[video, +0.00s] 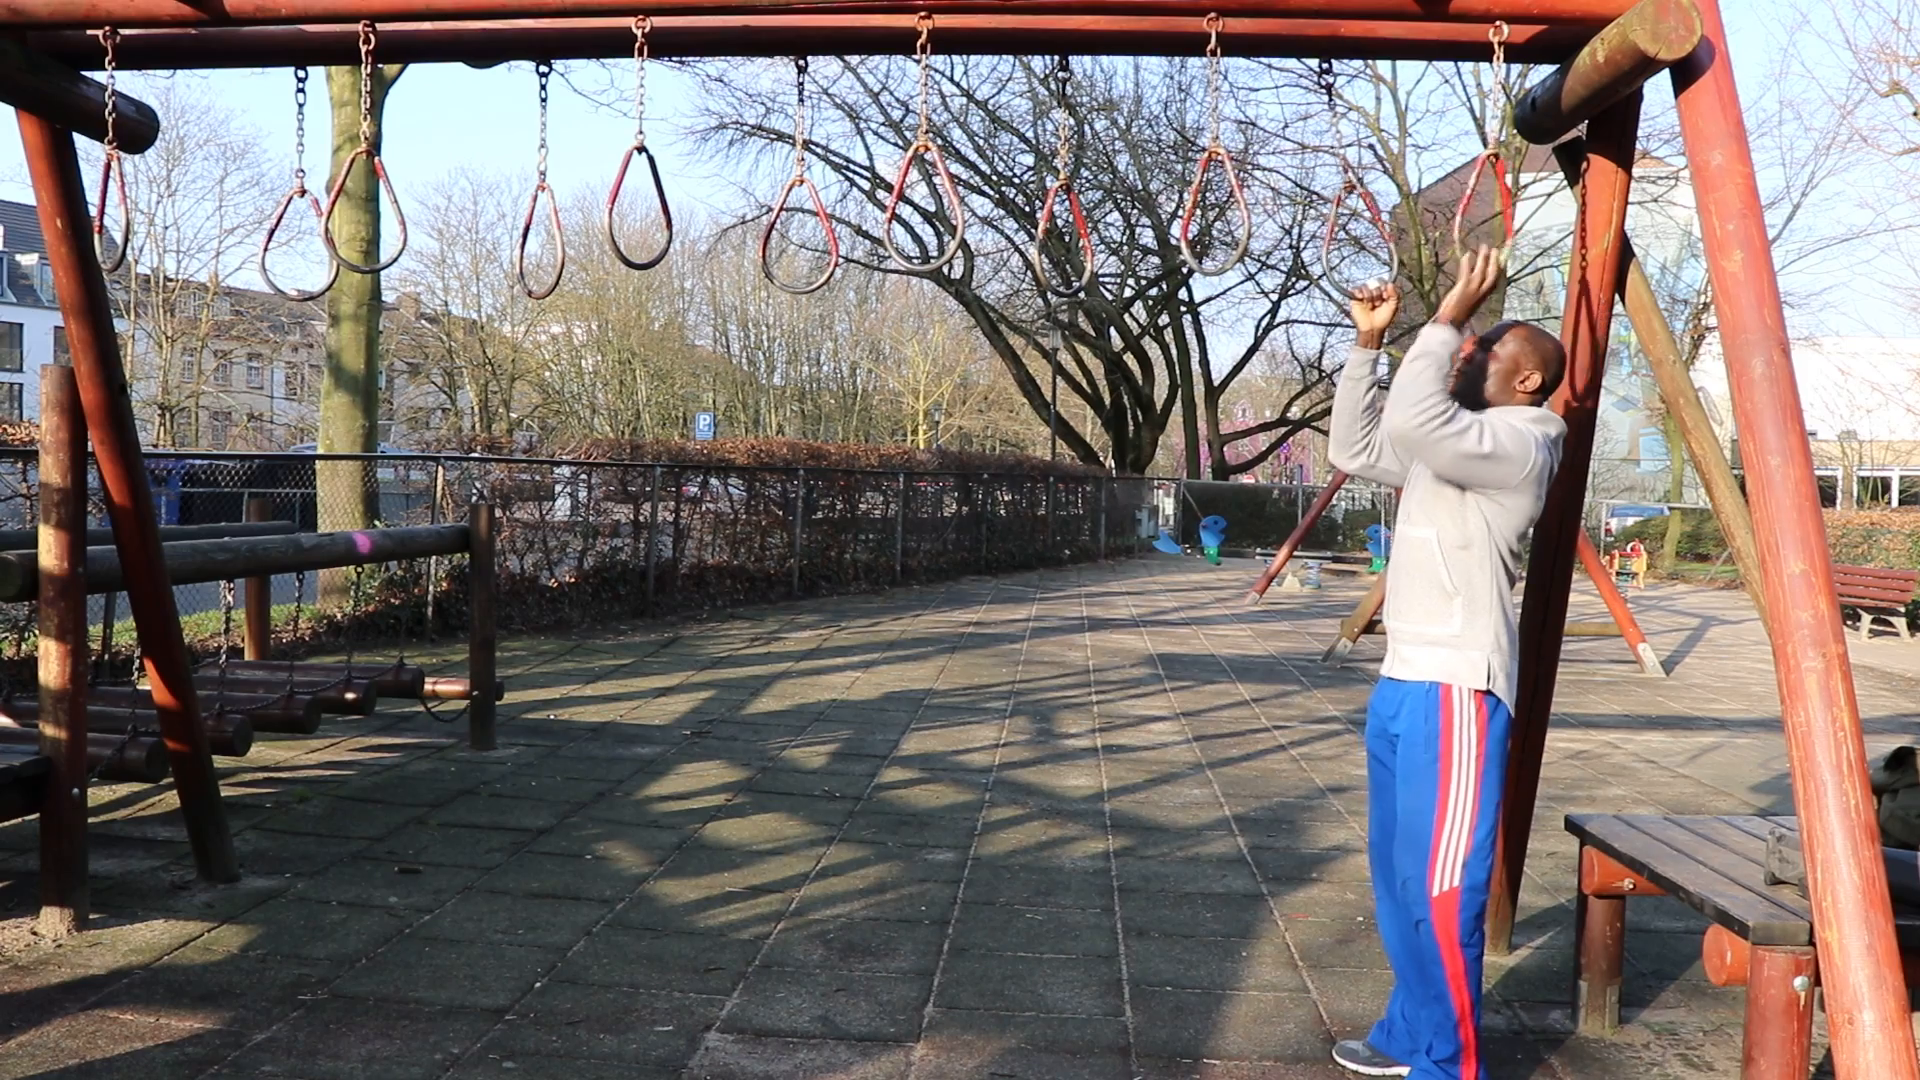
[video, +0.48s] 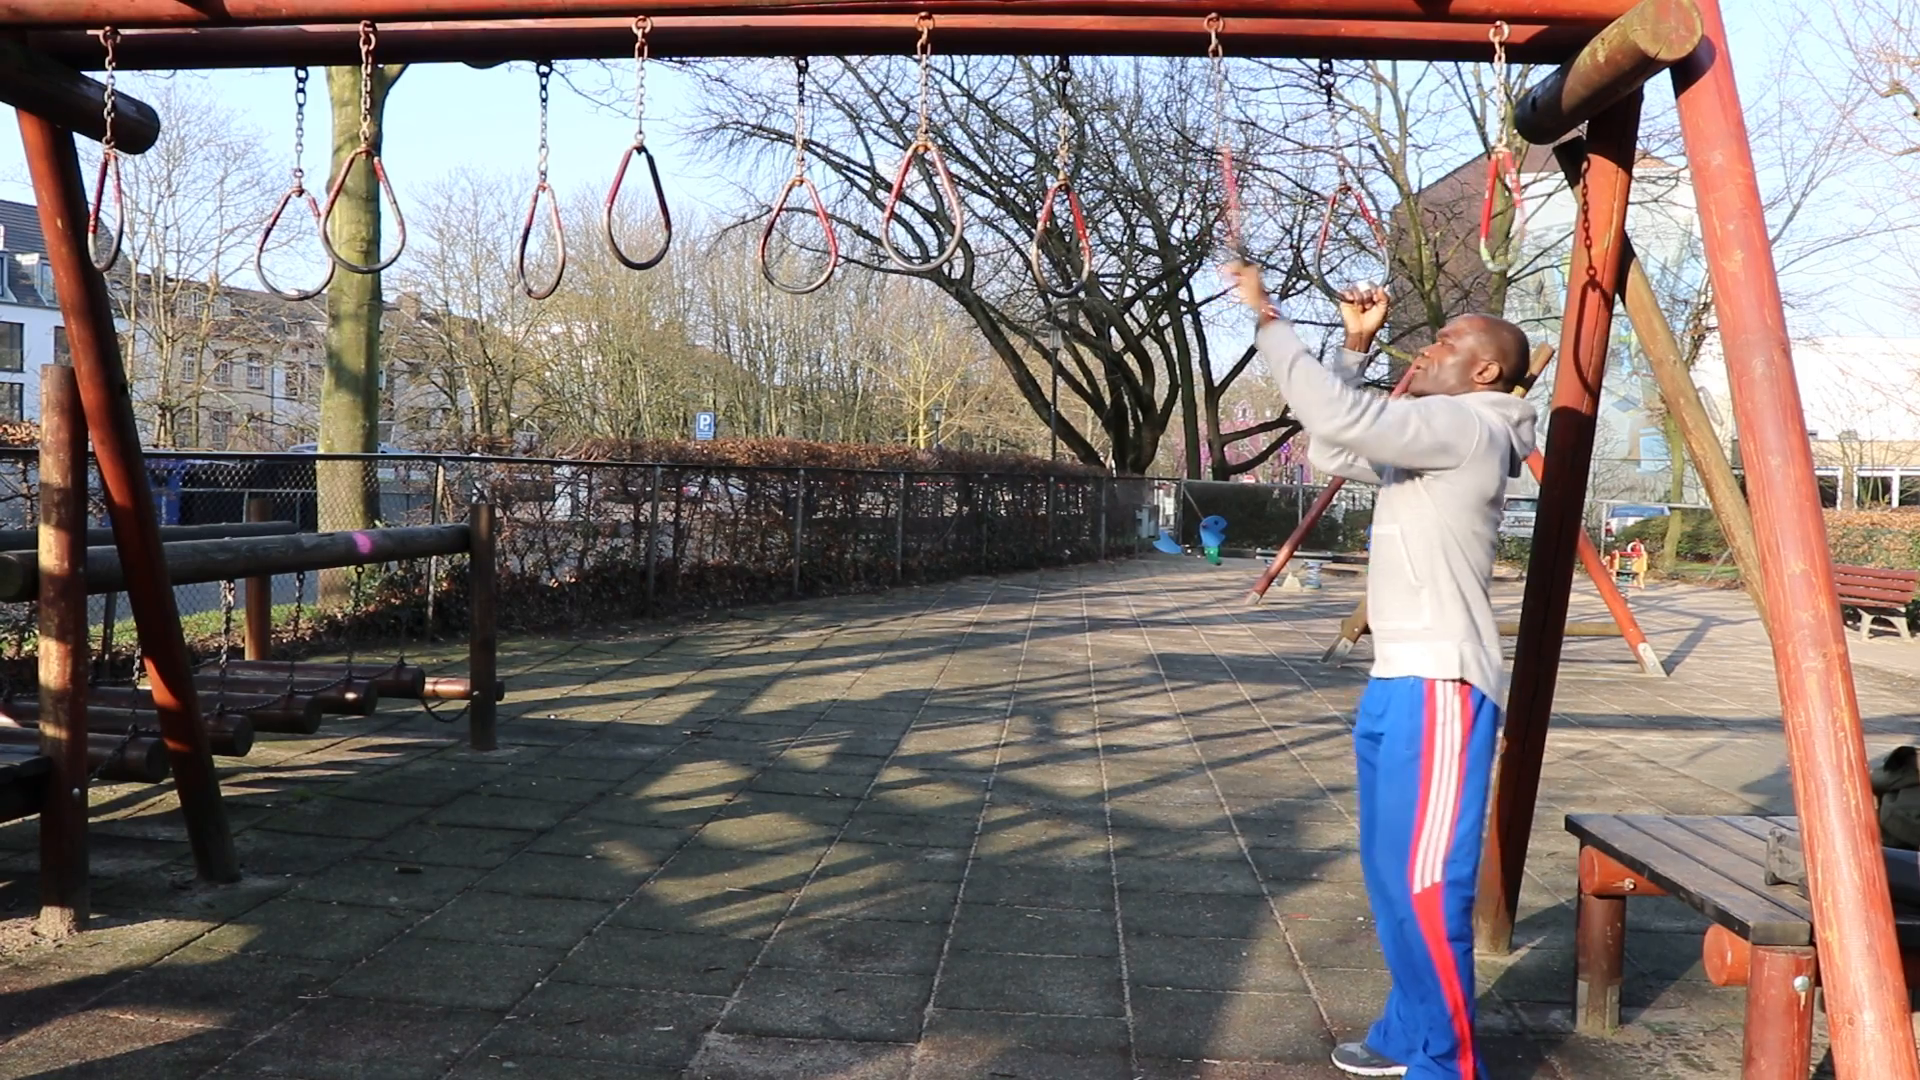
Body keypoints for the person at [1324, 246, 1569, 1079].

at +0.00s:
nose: (1469, 349)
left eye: (1492, 344)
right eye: (1475, 341)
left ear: (1530, 379)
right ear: (1495, 370)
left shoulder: (1523, 443)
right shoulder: (1457, 434)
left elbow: (1414, 428)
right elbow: (1353, 448)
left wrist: (1448, 322)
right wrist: (1368, 345)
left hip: (1459, 690)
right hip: (1406, 686)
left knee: (1438, 888)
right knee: (1399, 879)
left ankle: (1449, 1061)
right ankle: (1412, 1034)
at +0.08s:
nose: (1462, 356)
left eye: (1484, 348)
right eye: (1467, 345)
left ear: (1523, 378)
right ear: (1492, 372)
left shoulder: (1512, 439)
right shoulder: (1457, 429)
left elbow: (1396, 447)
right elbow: (1348, 453)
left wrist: (1410, 325)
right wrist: (1362, 343)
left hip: (1462, 688)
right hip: (1408, 683)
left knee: (1441, 886)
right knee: (1401, 877)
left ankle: (1448, 1059)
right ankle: (1412, 1034)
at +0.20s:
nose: (1453, 347)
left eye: (1475, 342)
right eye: (1458, 337)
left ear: (1513, 376)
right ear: (1462, 368)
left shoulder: (1498, 437)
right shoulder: (1447, 430)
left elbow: (1379, 430)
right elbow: (1341, 455)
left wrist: (1312, 327)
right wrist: (1362, 344)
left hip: (1460, 691)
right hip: (1410, 684)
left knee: (1441, 882)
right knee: (1399, 871)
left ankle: (1450, 1059)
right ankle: (1410, 1034)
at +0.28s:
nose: (1445, 349)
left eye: (1467, 343)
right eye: (1454, 339)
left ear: (1506, 374)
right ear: (1472, 368)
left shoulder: (1493, 432)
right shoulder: (1436, 432)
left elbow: (1363, 391)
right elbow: (1341, 454)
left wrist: (1258, 313)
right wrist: (1358, 343)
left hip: (1462, 687)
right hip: (1407, 681)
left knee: (1443, 883)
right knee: (1400, 874)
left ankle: (1447, 1060)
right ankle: (1412, 1035)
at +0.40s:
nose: (1430, 349)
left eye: (1452, 342)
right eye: (1439, 339)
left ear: (1492, 376)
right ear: (1455, 366)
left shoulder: (1481, 429)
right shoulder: (1432, 433)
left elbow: (1355, 398)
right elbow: (1336, 456)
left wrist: (1243, 305)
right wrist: (1355, 346)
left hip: (1455, 686)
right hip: (1404, 683)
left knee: (1437, 881)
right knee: (1399, 874)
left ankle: (1448, 1060)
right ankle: (1410, 1036)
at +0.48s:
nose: (1425, 348)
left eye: (1445, 341)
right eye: (1433, 336)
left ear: (1483, 375)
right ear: (1472, 371)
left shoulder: (1470, 427)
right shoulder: (1435, 425)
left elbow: (1344, 421)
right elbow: (1341, 442)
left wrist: (1264, 318)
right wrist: (1353, 346)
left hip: (1442, 683)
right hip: (1400, 680)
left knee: (1422, 880)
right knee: (1390, 872)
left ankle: (1446, 1061)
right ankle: (1410, 1034)